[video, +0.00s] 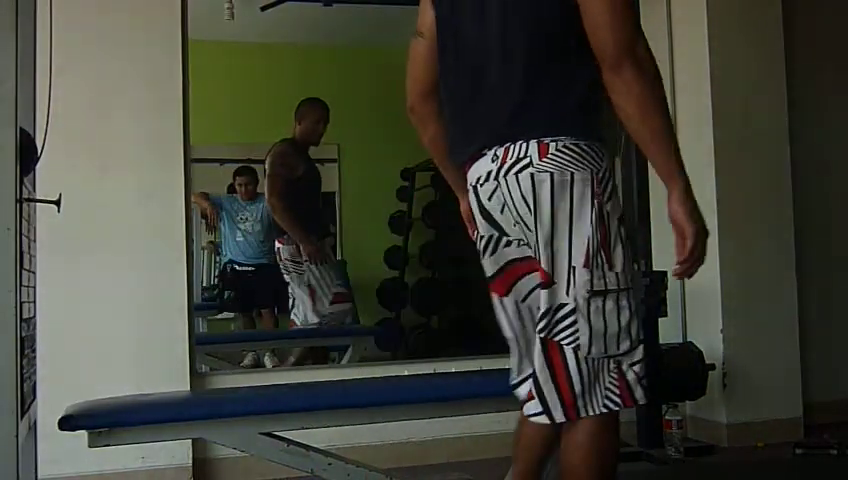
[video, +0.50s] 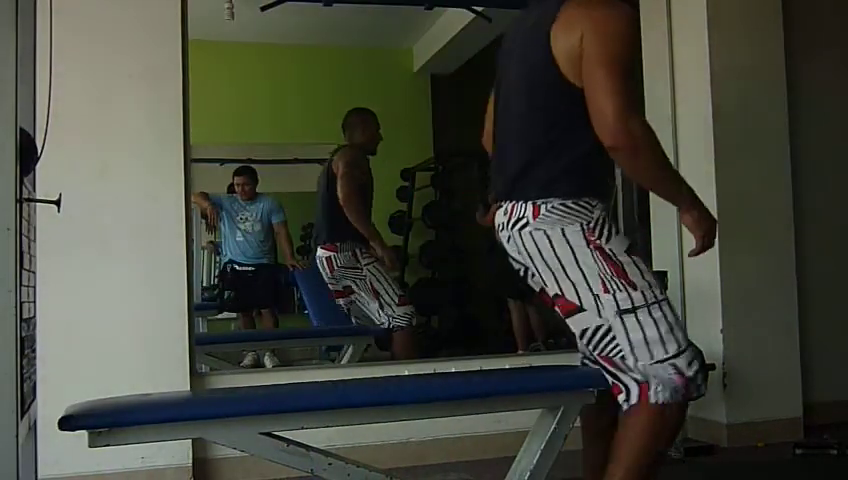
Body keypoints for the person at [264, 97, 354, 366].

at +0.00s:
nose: (323, 130)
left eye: (325, 124)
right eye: (320, 123)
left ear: (304, 123)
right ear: (303, 122)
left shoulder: (304, 158)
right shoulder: (283, 153)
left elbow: (305, 204)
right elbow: (274, 202)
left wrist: (320, 234)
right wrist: (305, 241)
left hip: (307, 245)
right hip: (297, 247)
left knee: (303, 316)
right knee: (337, 305)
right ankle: (292, 365)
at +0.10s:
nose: (334, 129)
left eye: (336, 123)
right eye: (332, 122)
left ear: (312, 120)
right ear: (315, 119)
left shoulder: (311, 153)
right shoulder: (295, 149)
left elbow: (310, 203)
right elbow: (281, 197)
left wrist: (329, 239)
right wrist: (308, 241)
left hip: (314, 239)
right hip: (314, 241)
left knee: (322, 312)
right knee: (367, 295)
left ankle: (321, 375)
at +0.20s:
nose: (346, 129)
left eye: (346, 123)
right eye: (342, 122)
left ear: (323, 121)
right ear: (323, 119)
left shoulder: (321, 153)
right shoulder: (306, 148)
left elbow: (328, 212)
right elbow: (291, 196)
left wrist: (355, 244)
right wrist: (317, 238)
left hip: (324, 240)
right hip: (323, 240)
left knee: (334, 315)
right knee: (384, 290)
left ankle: (323, 379)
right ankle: (395, 363)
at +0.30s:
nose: (358, 130)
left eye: (359, 124)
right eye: (355, 123)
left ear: (334, 123)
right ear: (339, 122)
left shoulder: (329, 152)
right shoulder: (319, 149)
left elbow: (334, 212)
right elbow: (305, 195)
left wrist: (362, 242)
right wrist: (331, 240)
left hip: (324, 242)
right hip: (334, 241)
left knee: (345, 316)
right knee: (395, 290)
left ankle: (324, 378)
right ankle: (408, 364)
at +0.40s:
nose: (369, 132)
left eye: (368, 125)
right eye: (365, 125)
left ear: (344, 125)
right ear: (349, 124)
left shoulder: (343, 156)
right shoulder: (332, 151)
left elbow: (335, 208)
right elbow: (324, 195)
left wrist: (361, 241)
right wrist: (353, 239)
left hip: (338, 247)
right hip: (336, 247)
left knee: (352, 320)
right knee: (401, 300)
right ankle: (410, 371)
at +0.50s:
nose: (380, 135)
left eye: (379, 129)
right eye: (376, 129)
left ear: (352, 131)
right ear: (363, 131)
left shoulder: (341, 157)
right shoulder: (350, 156)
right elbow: (348, 201)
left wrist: (373, 247)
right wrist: (378, 243)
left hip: (335, 253)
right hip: (345, 253)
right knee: (402, 314)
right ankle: (408, 389)